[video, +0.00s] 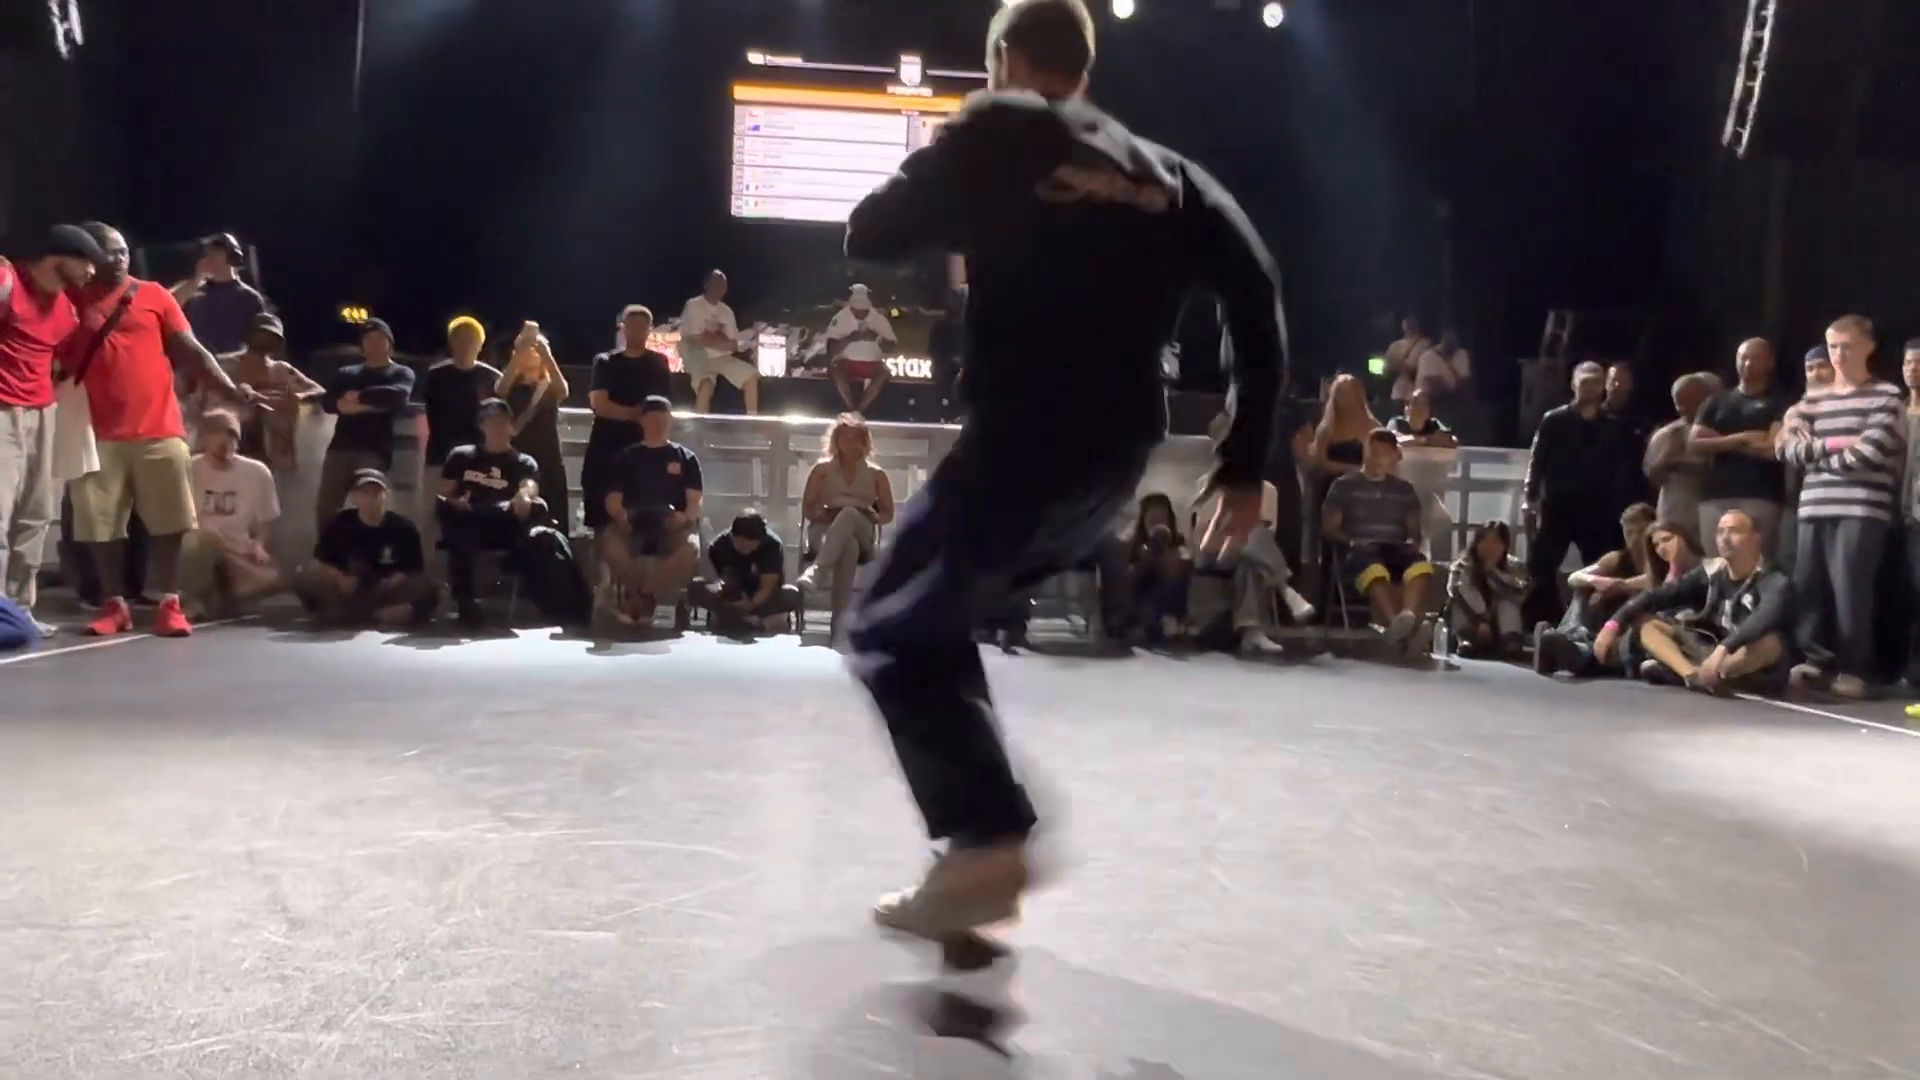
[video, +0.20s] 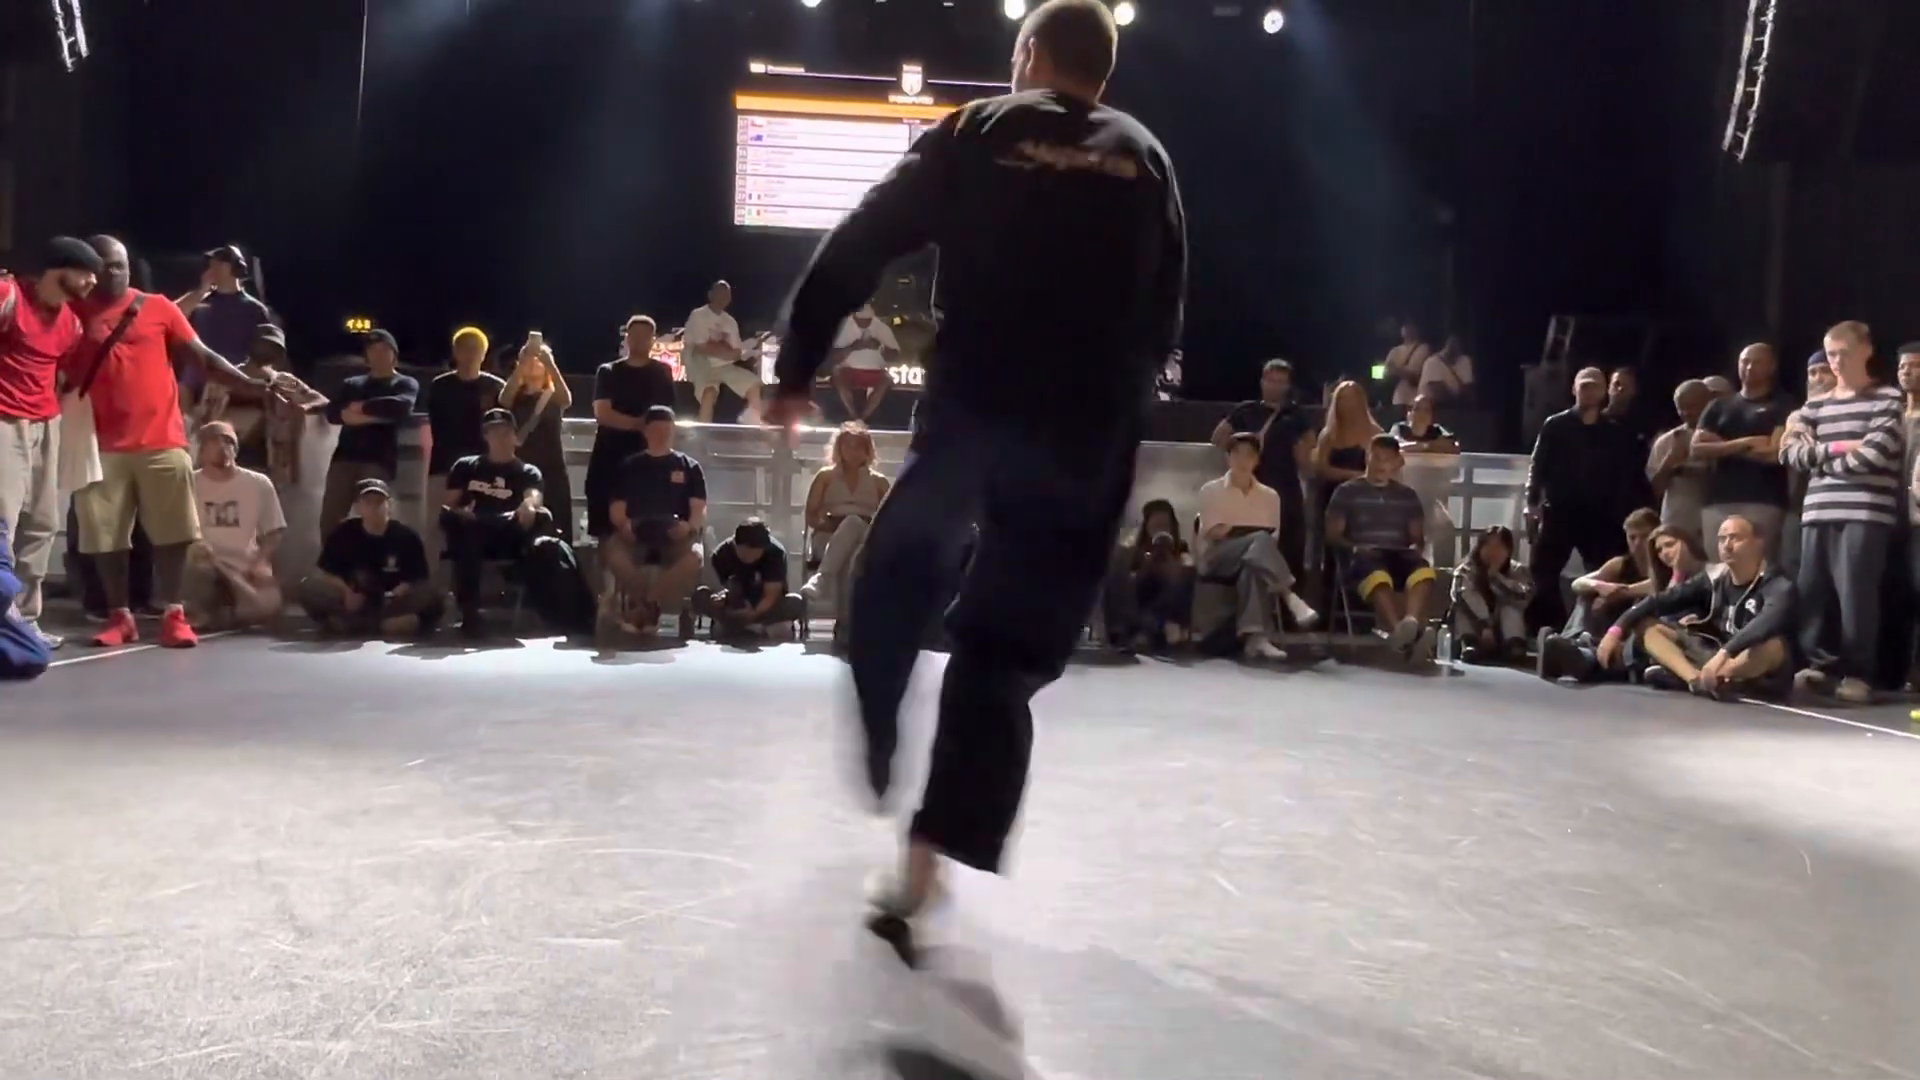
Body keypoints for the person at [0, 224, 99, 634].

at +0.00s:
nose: (77, 284)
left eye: (80, 278)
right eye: (73, 275)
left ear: (63, 266)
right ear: (53, 259)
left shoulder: (66, 306)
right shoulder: (9, 283)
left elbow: (64, 359)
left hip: (43, 410)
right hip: (6, 410)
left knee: (37, 512)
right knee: (4, 510)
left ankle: (21, 607)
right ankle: (3, 606)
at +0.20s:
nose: (84, 289)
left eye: (87, 283)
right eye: (79, 281)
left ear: (73, 280)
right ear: (55, 271)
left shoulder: (70, 322)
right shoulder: (14, 297)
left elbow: (69, 374)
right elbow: (5, 313)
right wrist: (6, 291)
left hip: (46, 423)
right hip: (8, 421)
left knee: (42, 523)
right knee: (7, 520)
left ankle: (25, 620)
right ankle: (7, 619)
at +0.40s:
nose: (65, 300)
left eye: (72, 294)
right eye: (63, 289)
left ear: (74, 288)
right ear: (43, 273)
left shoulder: (66, 322)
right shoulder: (9, 300)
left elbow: (66, 378)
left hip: (45, 425)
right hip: (6, 425)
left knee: (42, 527)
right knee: (7, 524)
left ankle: (28, 620)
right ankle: (10, 621)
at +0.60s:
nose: (67, 296)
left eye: (71, 289)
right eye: (63, 287)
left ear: (60, 281)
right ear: (41, 276)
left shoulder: (65, 323)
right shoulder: (8, 303)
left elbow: (65, 379)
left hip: (47, 427)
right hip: (8, 427)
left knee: (47, 524)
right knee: (10, 520)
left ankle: (31, 622)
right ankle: (14, 621)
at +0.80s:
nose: (76, 289)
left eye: (77, 281)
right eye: (70, 281)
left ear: (58, 280)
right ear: (44, 276)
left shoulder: (67, 325)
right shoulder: (7, 306)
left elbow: (66, 383)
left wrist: (60, 414)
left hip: (49, 430)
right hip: (8, 429)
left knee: (48, 528)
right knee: (6, 526)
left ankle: (32, 625)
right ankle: (8, 625)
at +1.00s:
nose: (74, 275)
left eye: (74, 268)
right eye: (67, 268)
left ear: (48, 271)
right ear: (41, 268)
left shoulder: (62, 318)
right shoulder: (7, 304)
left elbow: (64, 372)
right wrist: (3, 403)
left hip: (52, 424)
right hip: (10, 426)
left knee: (47, 525)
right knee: (7, 524)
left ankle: (33, 622)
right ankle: (8, 621)